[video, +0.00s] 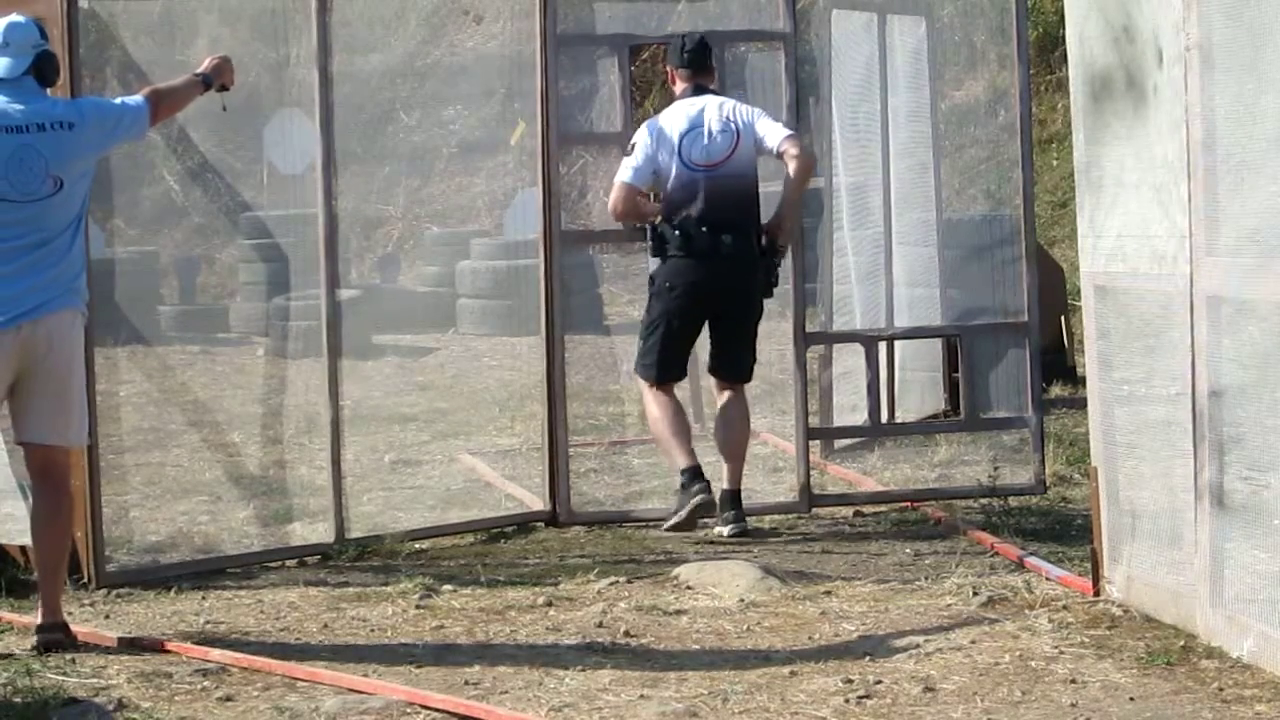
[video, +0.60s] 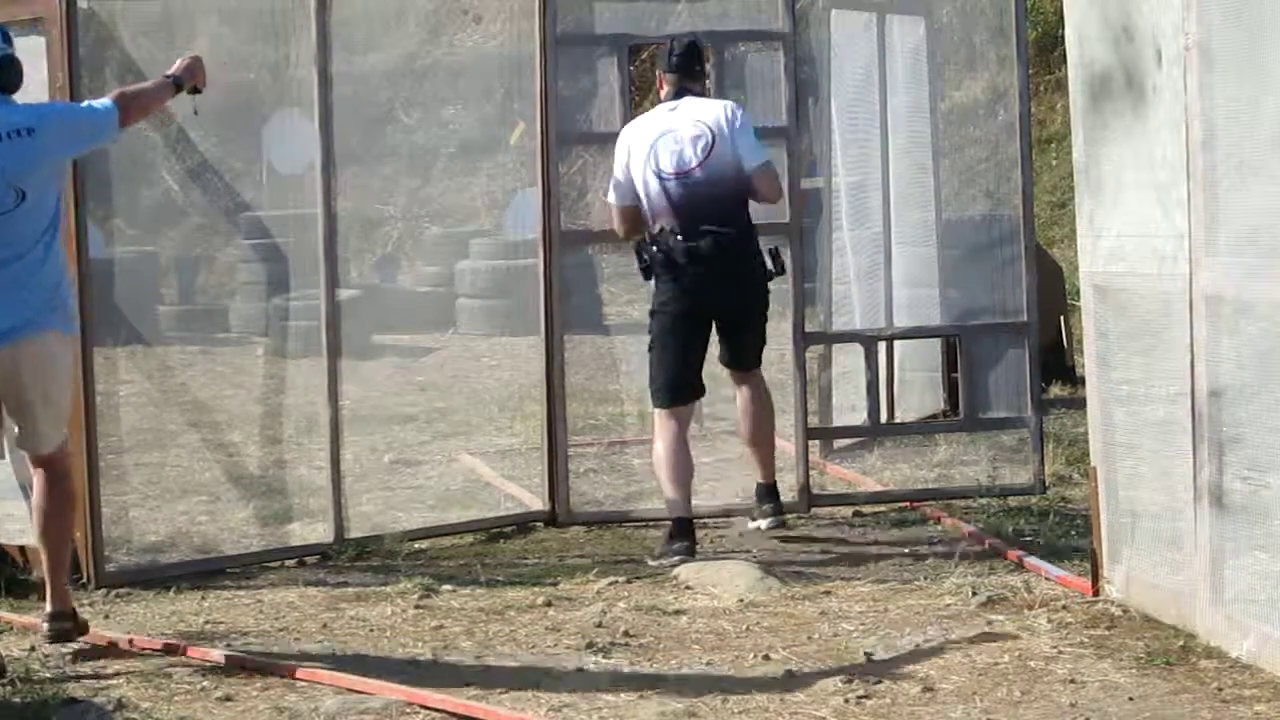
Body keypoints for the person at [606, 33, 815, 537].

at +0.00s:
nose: (671, 82)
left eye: (668, 75)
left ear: (673, 77)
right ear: (716, 75)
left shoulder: (656, 127)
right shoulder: (747, 114)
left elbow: (621, 206)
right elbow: (799, 156)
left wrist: (664, 209)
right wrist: (783, 221)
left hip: (682, 269)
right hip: (743, 266)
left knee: (656, 382)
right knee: (731, 384)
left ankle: (692, 484)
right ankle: (731, 506)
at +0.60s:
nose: (668, 84)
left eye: (663, 77)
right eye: (700, 75)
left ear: (661, 81)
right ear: (707, 77)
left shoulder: (633, 133)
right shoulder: (730, 115)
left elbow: (626, 226)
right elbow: (770, 191)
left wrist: (662, 210)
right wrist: (727, 177)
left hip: (675, 275)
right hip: (737, 266)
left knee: (670, 412)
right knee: (748, 376)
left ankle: (680, 533)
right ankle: (768, 495)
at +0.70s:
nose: (666, 79)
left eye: (665, 72)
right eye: (702, 73)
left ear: (667, 75)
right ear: (713, 72)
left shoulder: (639, 123)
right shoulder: (737, 111)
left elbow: (633, 214)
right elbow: (764, 194)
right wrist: (717, 190)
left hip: (676, 276)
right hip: (741, 269)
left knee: (668, 412)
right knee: (773, 377)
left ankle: (680, 535)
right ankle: (813, 484)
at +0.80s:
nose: (688, 77)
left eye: (681, 68)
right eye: (703, 70)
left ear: (679, 72)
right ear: (723, 72)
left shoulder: (650, 117)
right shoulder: (745, 111)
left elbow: (638, 175)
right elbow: (759, 176)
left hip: (679, 285)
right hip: (746, 278)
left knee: (667, 415)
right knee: (797, 391)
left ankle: (678, 535)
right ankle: (854, 500)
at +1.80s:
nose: (711, 82)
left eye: (709, 76)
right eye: (739, 74)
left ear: (711, 78)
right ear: (757, 77)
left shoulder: (684, 119)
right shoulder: (785, 119)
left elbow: (690, 122)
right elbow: (753, 117)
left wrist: (706, 98)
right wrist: (723, 95)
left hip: (707, 294)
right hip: (777, 293)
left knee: (671, 409)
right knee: (826, 413)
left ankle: (677, 538)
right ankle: (876, 535)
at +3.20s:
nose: (716, 82)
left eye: (714, 75)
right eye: (731, 74)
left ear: (719, 78)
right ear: (763, 77)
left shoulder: (692, 123)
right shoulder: (794, 121)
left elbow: (684, 118)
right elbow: (760, 119)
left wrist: (706, 98)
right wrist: (732, 95)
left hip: (713, 295)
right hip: (783, 295)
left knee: (674, 409)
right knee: (829, 414)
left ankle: (677, 539)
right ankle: (877, 539)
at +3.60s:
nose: (712, 82)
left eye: (711, 75)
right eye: (724, 74)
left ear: (716, 77)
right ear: (761, 76)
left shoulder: (690, 121)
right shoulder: (790, 120)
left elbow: (694, 128)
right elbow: (762, 128)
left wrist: (720, 98)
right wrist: (737, 96)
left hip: (710, 296)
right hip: (781, 295)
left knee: (673, 409)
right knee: (828, 415)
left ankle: (675, 539)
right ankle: (874, 536)